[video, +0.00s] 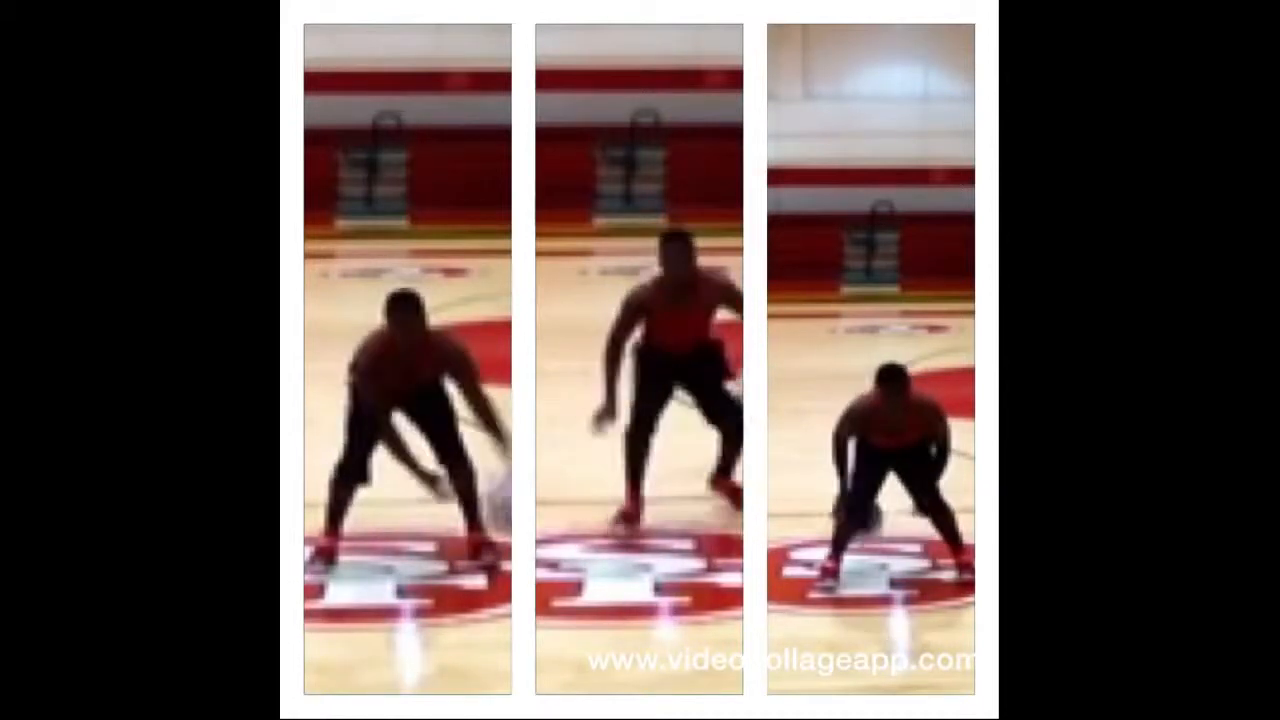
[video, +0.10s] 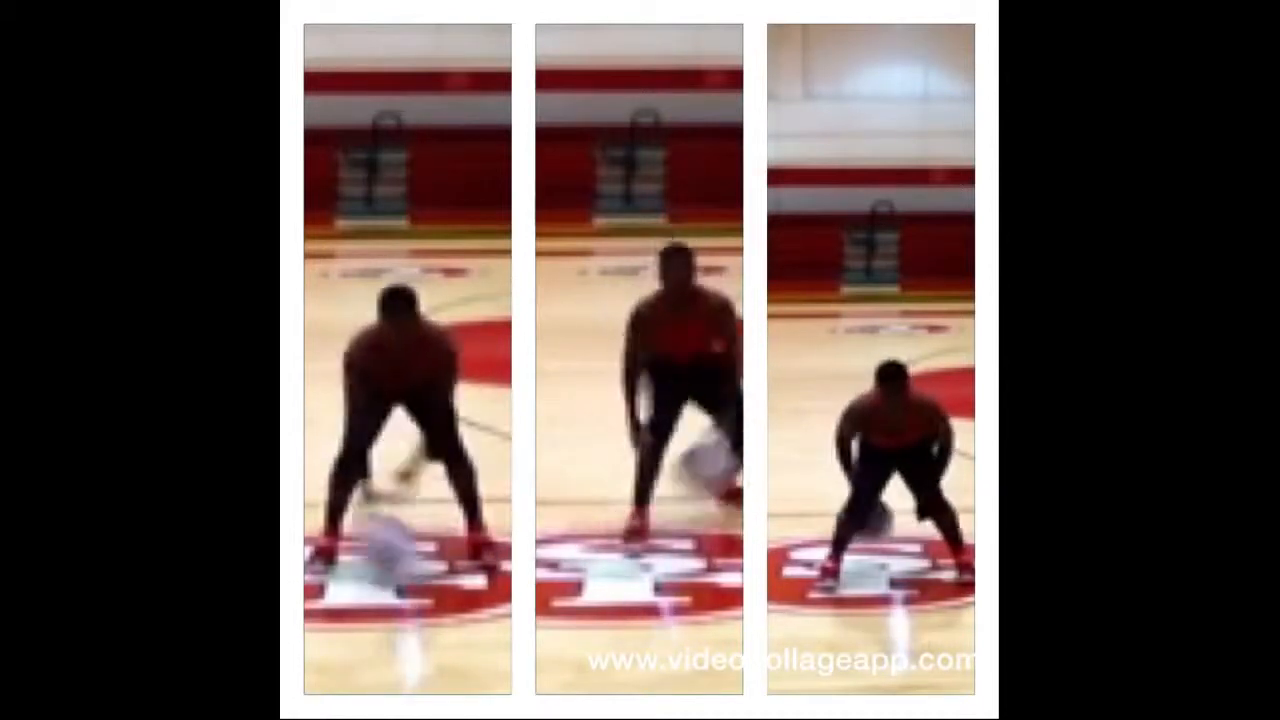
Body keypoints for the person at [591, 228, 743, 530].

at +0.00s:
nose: (675, 269)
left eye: (681, 260)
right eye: (668, 261)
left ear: (693, 259)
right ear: (660, 262)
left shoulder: (713, 288)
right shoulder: (645, 296)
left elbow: (754, 315)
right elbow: (615, 343)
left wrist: (752, 369)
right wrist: (609, 400)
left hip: (698, 359)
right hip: (656, 362)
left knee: (734, 422)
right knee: (638, 431)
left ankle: (722, 476)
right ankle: (633, 502)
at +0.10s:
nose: (678, 280)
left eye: (684, 272)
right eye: (671, 273)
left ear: (693, 272)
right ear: (661, 274)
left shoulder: (717, 308)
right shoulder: (646, 315)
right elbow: (630, 369)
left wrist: (735, 396)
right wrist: (633, 419)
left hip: (708, 374)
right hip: (666, 377)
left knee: (741, 430)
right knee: (652, 441)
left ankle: (726, 483)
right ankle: (640, 512)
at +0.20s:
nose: (676, 282)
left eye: (683, 274)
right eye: (670, 274)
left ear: (692, 274)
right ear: (660, 276)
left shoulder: (714, 312)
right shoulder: (646, 315)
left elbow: (725, 360)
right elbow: (637, 365)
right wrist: (632, 411)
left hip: (711, 382)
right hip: (671, 385)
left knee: (738, 443)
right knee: (658, 444)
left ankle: (725, 483)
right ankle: (640, 512)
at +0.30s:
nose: (671, 270)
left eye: (678, 263)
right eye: (665, 262)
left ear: (690, 262)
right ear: (656, 262)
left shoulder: (712, 300)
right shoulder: (644, 292)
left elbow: (737, 339)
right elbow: (629, 323)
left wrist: (732, 377)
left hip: (712, 361)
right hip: (668, 361)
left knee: (735, 426)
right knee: (651, 432)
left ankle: (727, 476)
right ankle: (637, 505)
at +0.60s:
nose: (680, 277)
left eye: (686, 269)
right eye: (674, 269)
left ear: (696, 270)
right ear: (665, 271)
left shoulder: (716, 308)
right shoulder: (648, 309)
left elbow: (733, 362)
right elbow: (643, 360)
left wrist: (736, 407)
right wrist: (639, 396)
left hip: (701, 381)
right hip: (656, 379)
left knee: (713, 438)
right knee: (616, 430)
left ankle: (739, 507)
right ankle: (638, 499)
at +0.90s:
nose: (691, 272)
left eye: (696, 264)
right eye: (684, 264)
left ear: (707, 262)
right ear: (674, 266)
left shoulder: (727, 294)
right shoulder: (659, 304)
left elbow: (755, 331)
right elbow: (637, 356)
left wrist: (754, 391)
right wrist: (633, 409)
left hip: (720, 358)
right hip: (676, 360)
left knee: (750, 432)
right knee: (658, 430)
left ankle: (745, 496)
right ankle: (651, 503)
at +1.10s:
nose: (681, 276)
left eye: (688, 269)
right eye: (676, 269)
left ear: (700, 269)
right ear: (669, 270)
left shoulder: (725, 305)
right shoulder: (662, 305)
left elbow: (741, 357)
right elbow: (652, 347)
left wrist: (722, 401)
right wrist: (640, 385)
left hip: (728, 371)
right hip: (687, 371)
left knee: (751, 436)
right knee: (669, 434)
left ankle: (746, 481)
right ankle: (653, 508)